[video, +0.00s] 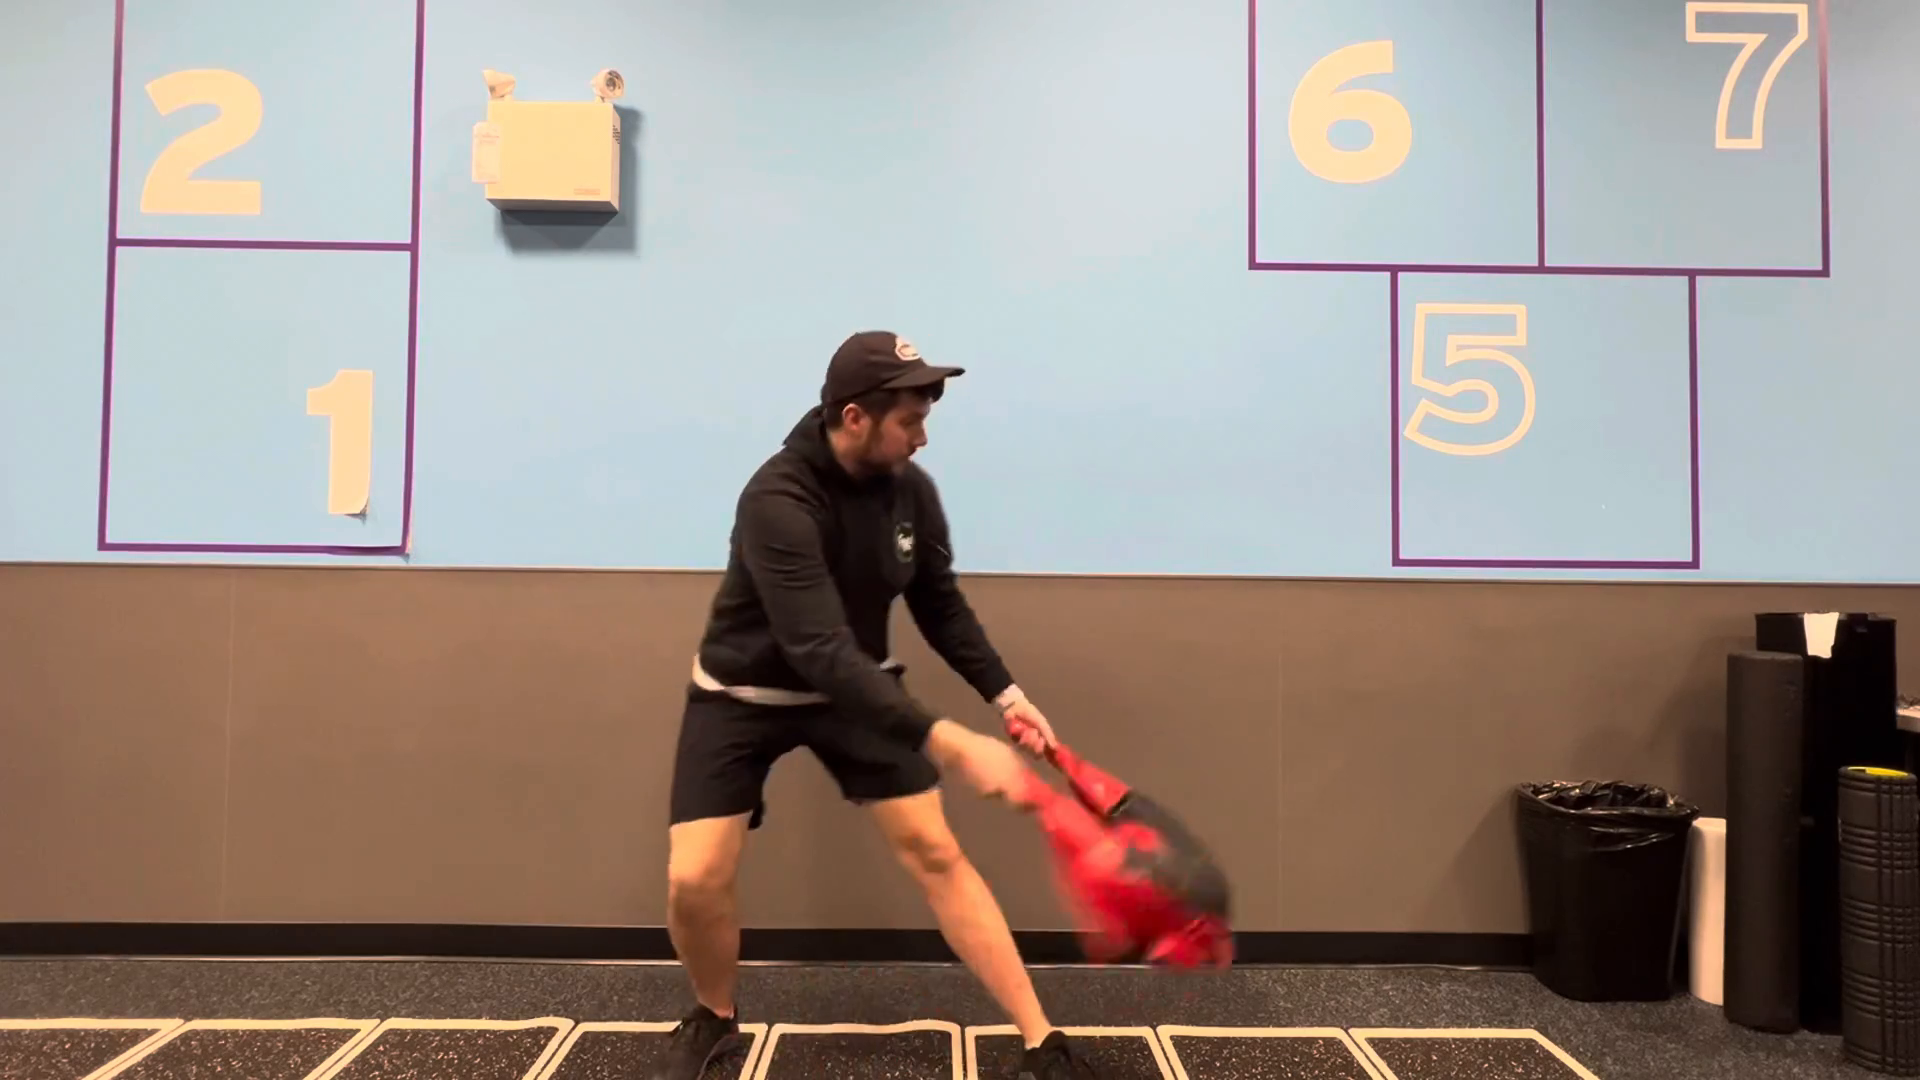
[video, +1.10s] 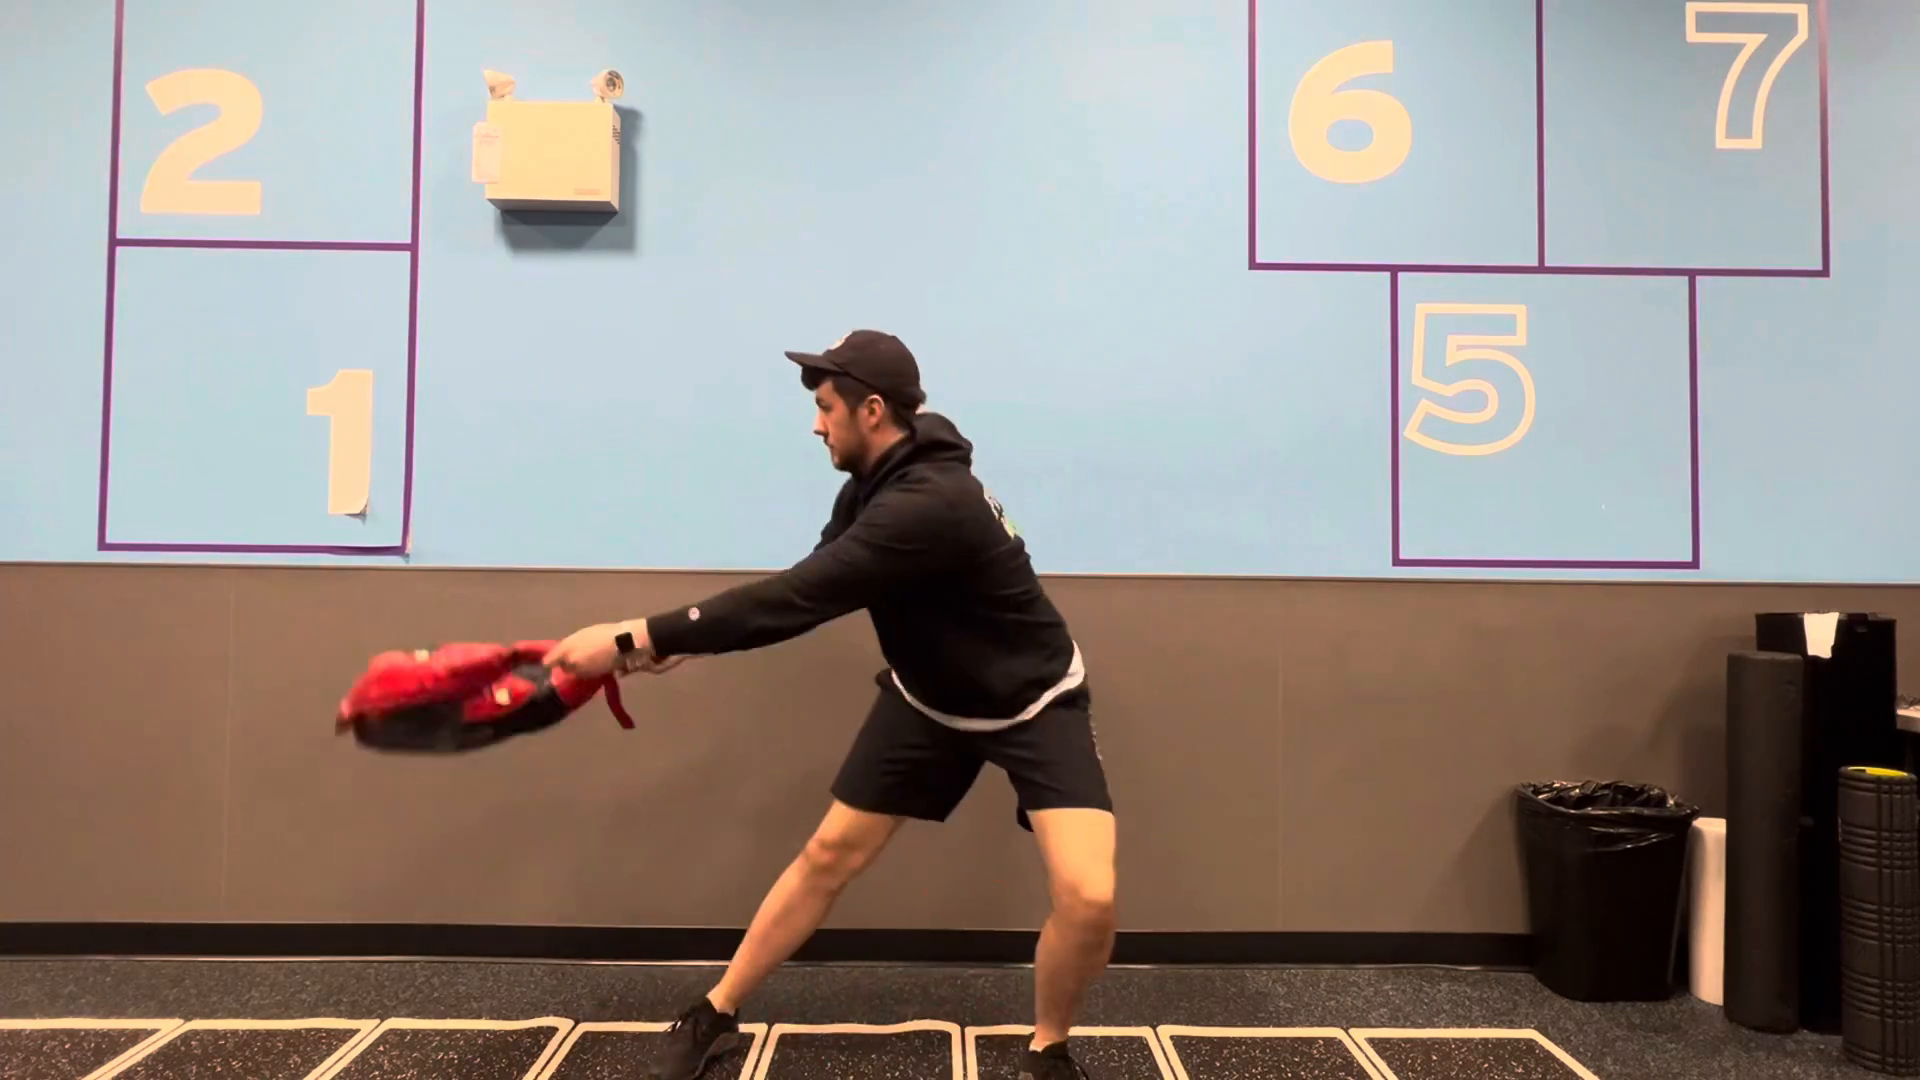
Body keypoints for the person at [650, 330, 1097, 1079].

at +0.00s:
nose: (922, 433)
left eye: (924, 417)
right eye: (910, 418)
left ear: (867, 417)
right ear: (853, 417)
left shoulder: (910, 493)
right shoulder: (778, 500)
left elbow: (940, 605)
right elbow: (822, 651)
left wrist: (1008, 697)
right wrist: (951, 741)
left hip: (853, 687)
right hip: (738, 696)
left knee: (936, 851)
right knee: (694, 879)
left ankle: (1041, 1040)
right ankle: (715, 1018)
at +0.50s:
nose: (827, 439)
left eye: (833, 420)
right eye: (810, 423)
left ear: (842, 416)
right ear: (757, 425)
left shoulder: (853, 497)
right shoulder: (707, 518)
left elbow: (916, 601)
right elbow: (761, 670)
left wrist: (1008, 684)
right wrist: (883, 762)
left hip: (832, 698)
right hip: (712, 708)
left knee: (922, 860)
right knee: (672, 885)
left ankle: (1040, 1039)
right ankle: (714, 1021)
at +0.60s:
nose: (797, 409)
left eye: (811, 390)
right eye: (777, 391)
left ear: (829, 388)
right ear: (743, 388)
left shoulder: (868, 471)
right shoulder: (701, 499)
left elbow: (929, 588)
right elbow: (733, 646)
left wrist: (998, 690)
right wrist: (786, 765)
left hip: (855, 682)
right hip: (736, 691)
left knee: (940, 850)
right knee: (687, 865)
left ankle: (1030, 1029)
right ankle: (714, 1016)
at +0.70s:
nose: (764, 378)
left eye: (783, 361)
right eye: (755, 360)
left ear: (830, 363)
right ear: (745, 363)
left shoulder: (893, 453)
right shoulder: (722, 470)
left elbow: (935, 588)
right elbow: (716, 613)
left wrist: (943, 721)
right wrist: (705, 744)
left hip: (889, 670)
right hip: (775, 677)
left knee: (967, 829)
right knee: (726, 836)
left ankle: (1040, 1034)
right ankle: (719, 1030)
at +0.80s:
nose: (770, 365)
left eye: (787, 350)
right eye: (768, 349)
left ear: (841, 354)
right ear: (776, 354)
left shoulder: (914, 452)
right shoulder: (769, 454)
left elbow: (904, 604)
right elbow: (743, 584)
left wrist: (844, 734)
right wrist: (680, 695)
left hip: (943, 650)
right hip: (831, 651)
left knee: (1008, 833)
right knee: (758, 823)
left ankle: (1044, 1041)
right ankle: (717, 1028)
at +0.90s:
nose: (793, 380)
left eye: (804, 363)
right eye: (793, 363)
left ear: (858, 366)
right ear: (844, 368)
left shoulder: (929, 468)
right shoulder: (824, 463)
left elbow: (852, 615)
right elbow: (784, 578)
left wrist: (735, 713)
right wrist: (694, 662)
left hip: (991, 673)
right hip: (878, 670)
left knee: (1052, 858)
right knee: (797, 840)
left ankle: (1048, 1046)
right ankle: (718, 1011)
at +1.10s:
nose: (818, 425)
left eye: (827, 408)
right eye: (818, 408)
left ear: (875, 412)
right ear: (867, 412)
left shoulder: (929, 501)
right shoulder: (868, 491)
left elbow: (801, 599)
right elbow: (804, 596)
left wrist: (635, 636)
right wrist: (688, 639)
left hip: (1036, 702)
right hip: (924, 696)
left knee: (1091, 898)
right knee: (829, 854)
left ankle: (1050, 1051)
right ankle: (716, 1014)